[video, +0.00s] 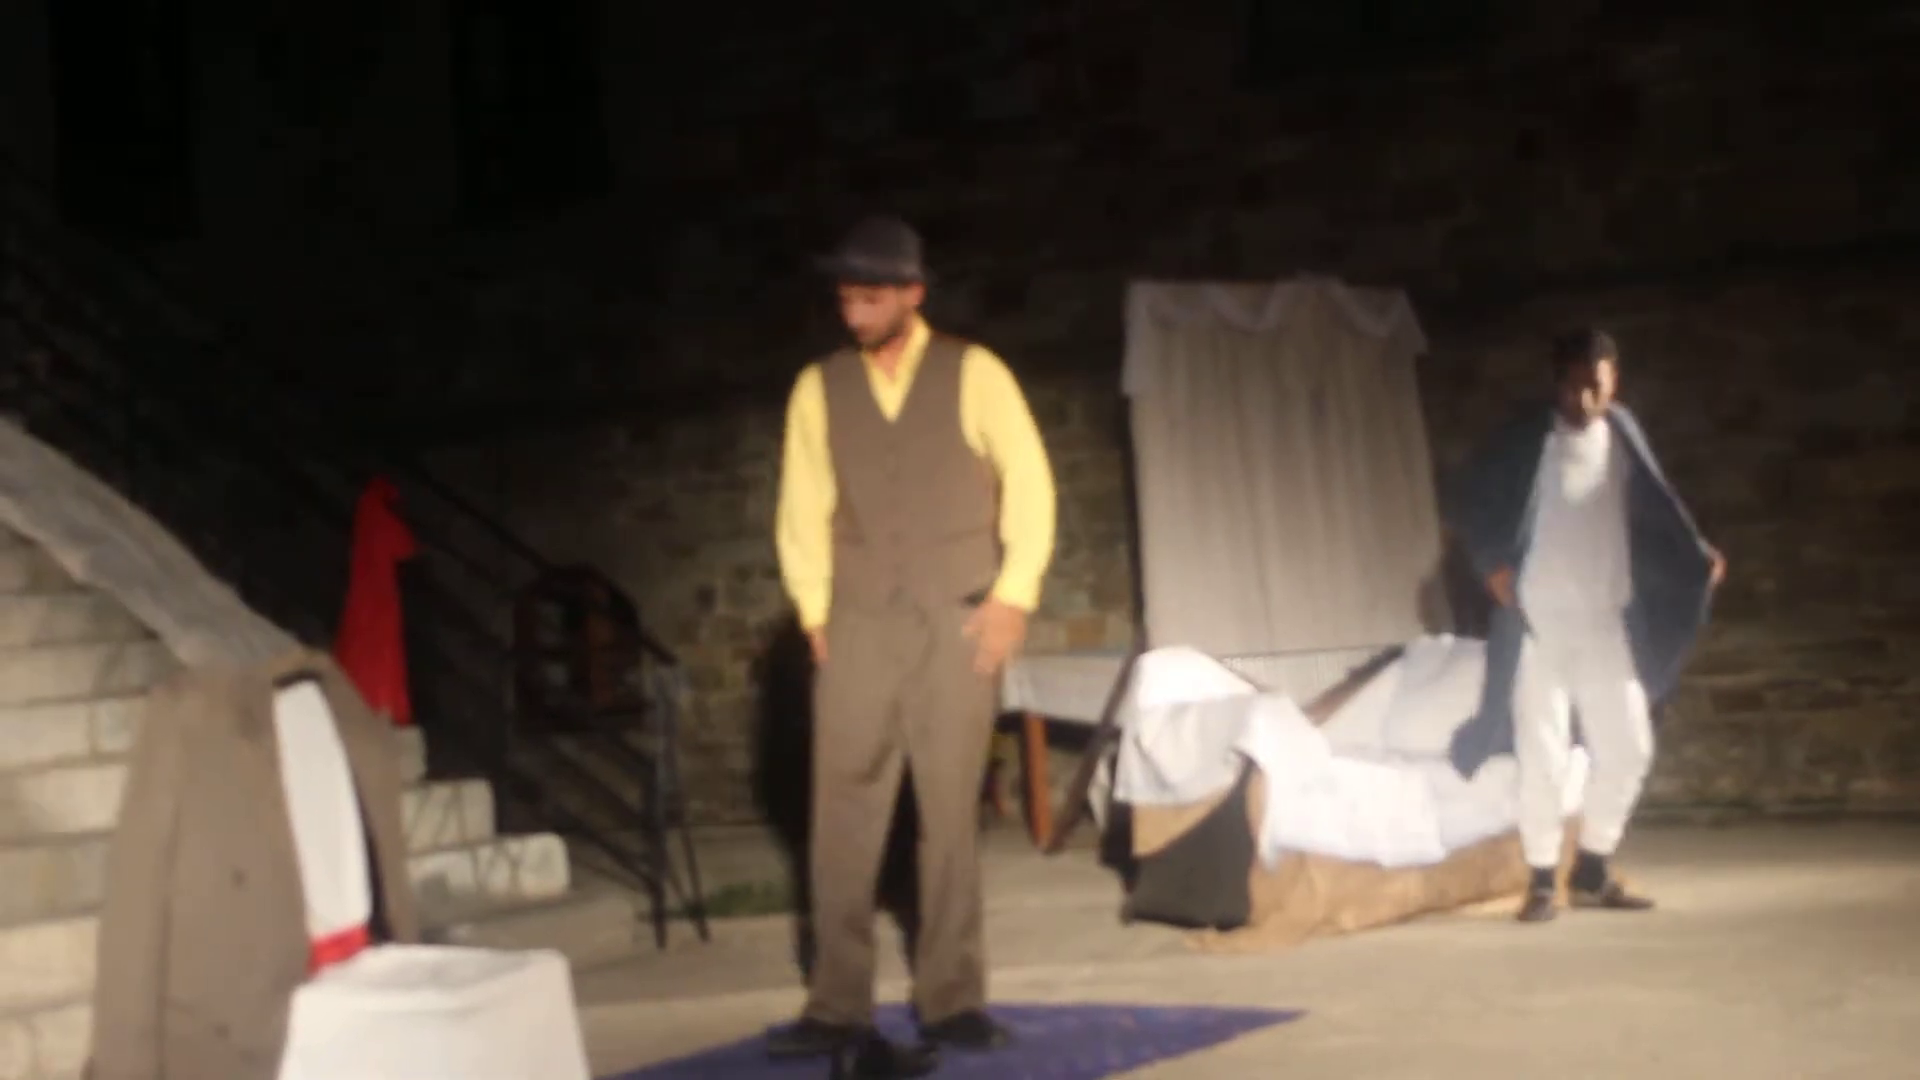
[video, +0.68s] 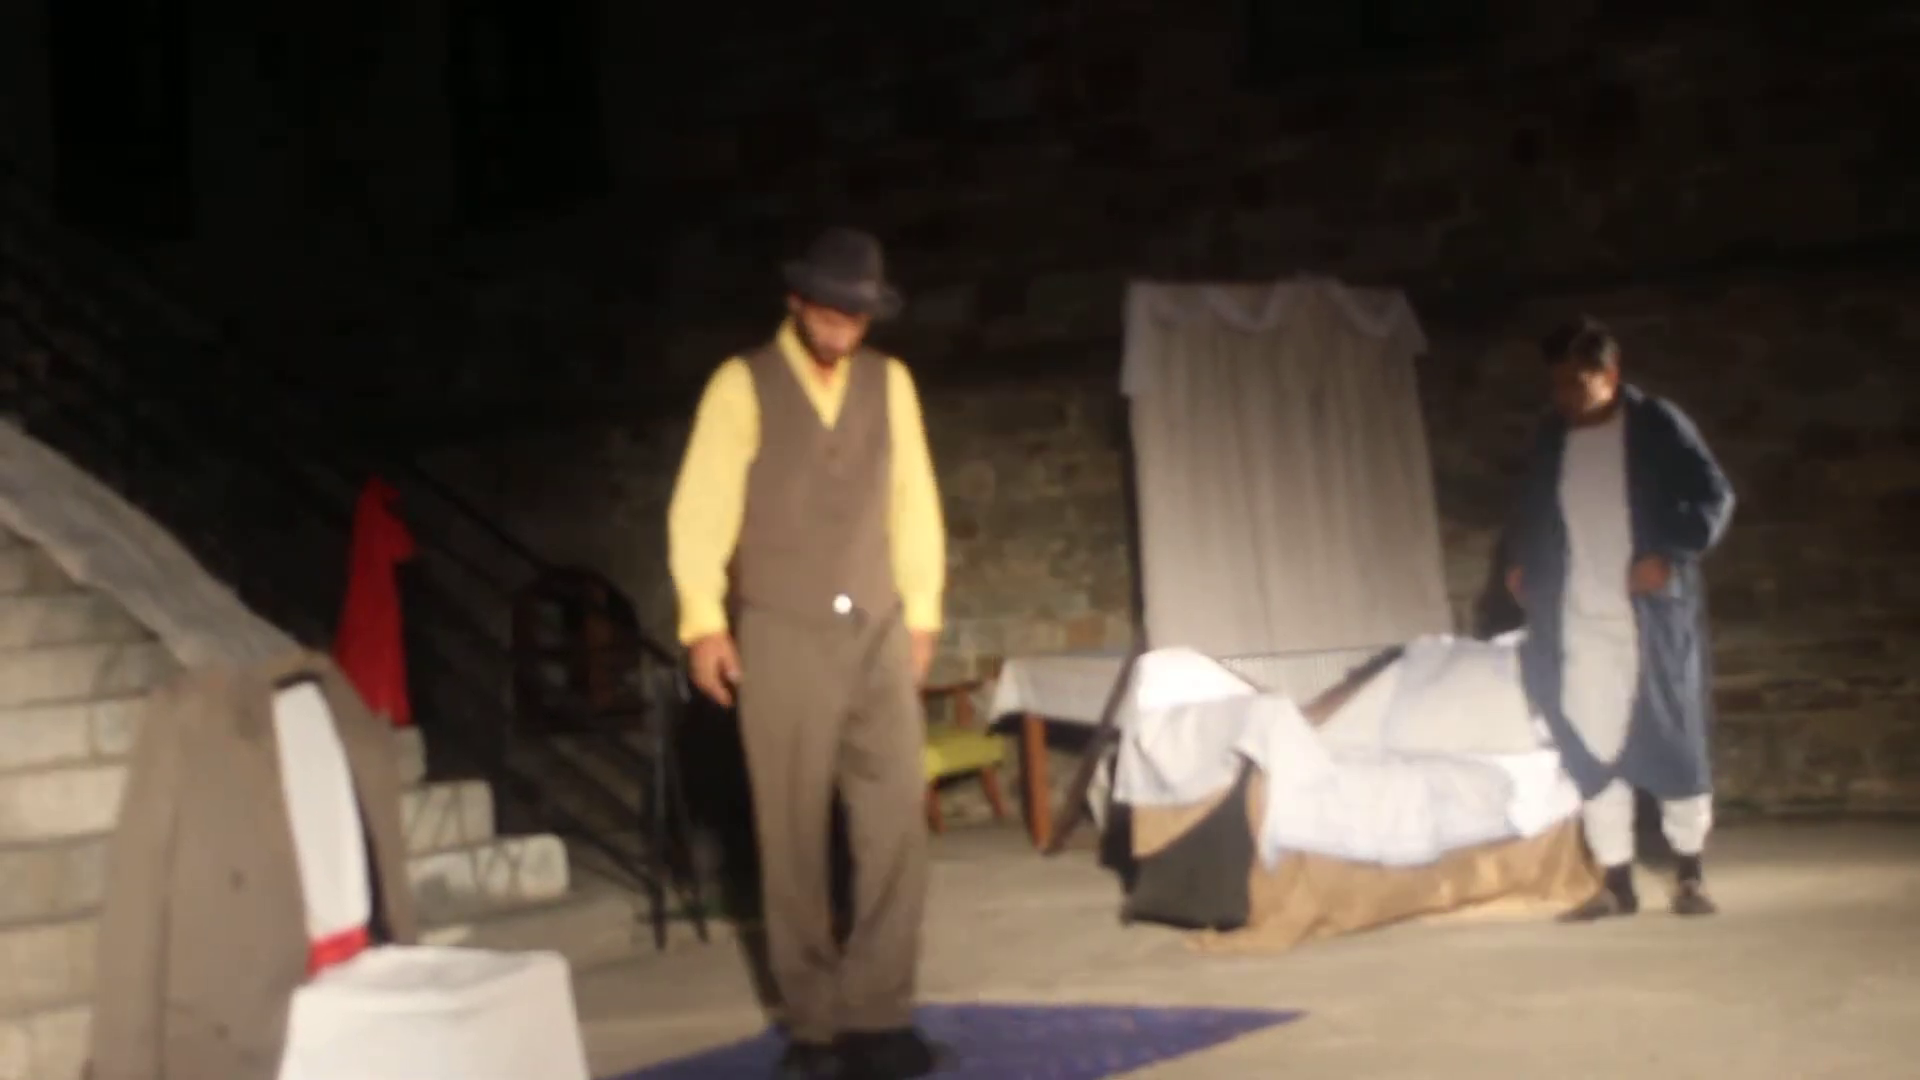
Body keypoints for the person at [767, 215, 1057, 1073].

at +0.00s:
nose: (854, 304)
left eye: (871, 289)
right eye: (847, 288)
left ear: (912, 290)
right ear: (839, 293)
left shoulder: (978, 376)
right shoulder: (819, 391)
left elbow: (1031, 489)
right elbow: (802, 513)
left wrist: (1012, 599)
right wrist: (819, 619)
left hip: (959, 625)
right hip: (856, 629)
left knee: (949, 818)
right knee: (842, 821)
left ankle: (952, 1003)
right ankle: (838, 1008)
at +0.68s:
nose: (845, 330)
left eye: (859, 316)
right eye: (831, 312)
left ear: (873, 315)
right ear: (795, 301)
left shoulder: (889, 384)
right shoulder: (741, 387)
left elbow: (916, 504)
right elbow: (699, 509)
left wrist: (921, 616)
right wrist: (703, 621)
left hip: (880, 637)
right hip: (781, 640)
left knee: (896, 825)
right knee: (792, 831)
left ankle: (880, 1016)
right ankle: (809, 1021)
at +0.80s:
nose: (835, 330)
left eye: (849, 316)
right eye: (821, 312)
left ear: (864, 315)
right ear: (785, 302)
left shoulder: (878, 384)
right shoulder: (734, 387)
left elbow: (899, 503)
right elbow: (690, 507)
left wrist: (898, 615)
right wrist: (695, 616)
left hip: (869, 636)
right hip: (774, 641)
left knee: (868, 838)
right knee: (791, 837)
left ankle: (876, 1012)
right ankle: (809, 1024)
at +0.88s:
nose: (828, 326)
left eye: (843, 313)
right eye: (814, 308)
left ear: (859, 315)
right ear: (781, 298)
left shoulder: (876, 384)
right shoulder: (730, 386)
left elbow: (896, 501)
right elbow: (688, 505)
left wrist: (893, 616)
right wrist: (695, 612)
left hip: (864, 635)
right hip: (770, 640)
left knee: (869, 832)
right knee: (788, 834)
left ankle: (888, 1012)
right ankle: (811, 1024)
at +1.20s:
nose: (852, 317)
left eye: (862, 302)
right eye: (837, 300)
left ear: (870, 303)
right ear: (792, 292)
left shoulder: (881, 386)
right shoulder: (729, 389)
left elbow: (913, 501)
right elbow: (691, 517)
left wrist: (944, 608)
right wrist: (699, 628)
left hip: (875, 635)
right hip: (780, 640)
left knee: (920, 817)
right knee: (798, 837)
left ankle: (945, 1004)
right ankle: (811, 1024)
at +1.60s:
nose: (954, 325)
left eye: (959, 311)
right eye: (947, 307)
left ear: (932, 305)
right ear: (898, 293)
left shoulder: (922, 386)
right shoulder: (823, 384)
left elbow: (924, 507)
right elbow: (773, 504)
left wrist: (931, 607)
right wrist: (811, 619)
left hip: (931, 631)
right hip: (869, 634)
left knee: (941, 820)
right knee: (865, 823)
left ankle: (943, 1008)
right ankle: (832, 1021)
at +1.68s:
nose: (968, 322)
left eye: (973, 307)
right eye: (962, 304)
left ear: (936, 300)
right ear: (914, 291)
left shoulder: (924, 383)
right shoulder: (845, 379)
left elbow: (913, 507)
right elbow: (794, 496)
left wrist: (935, 617)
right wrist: (822, 605)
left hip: (932, 620)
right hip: (882, 620)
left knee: (948, 811)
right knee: (894, 813)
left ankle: (946, 1001)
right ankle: (873, 1012)